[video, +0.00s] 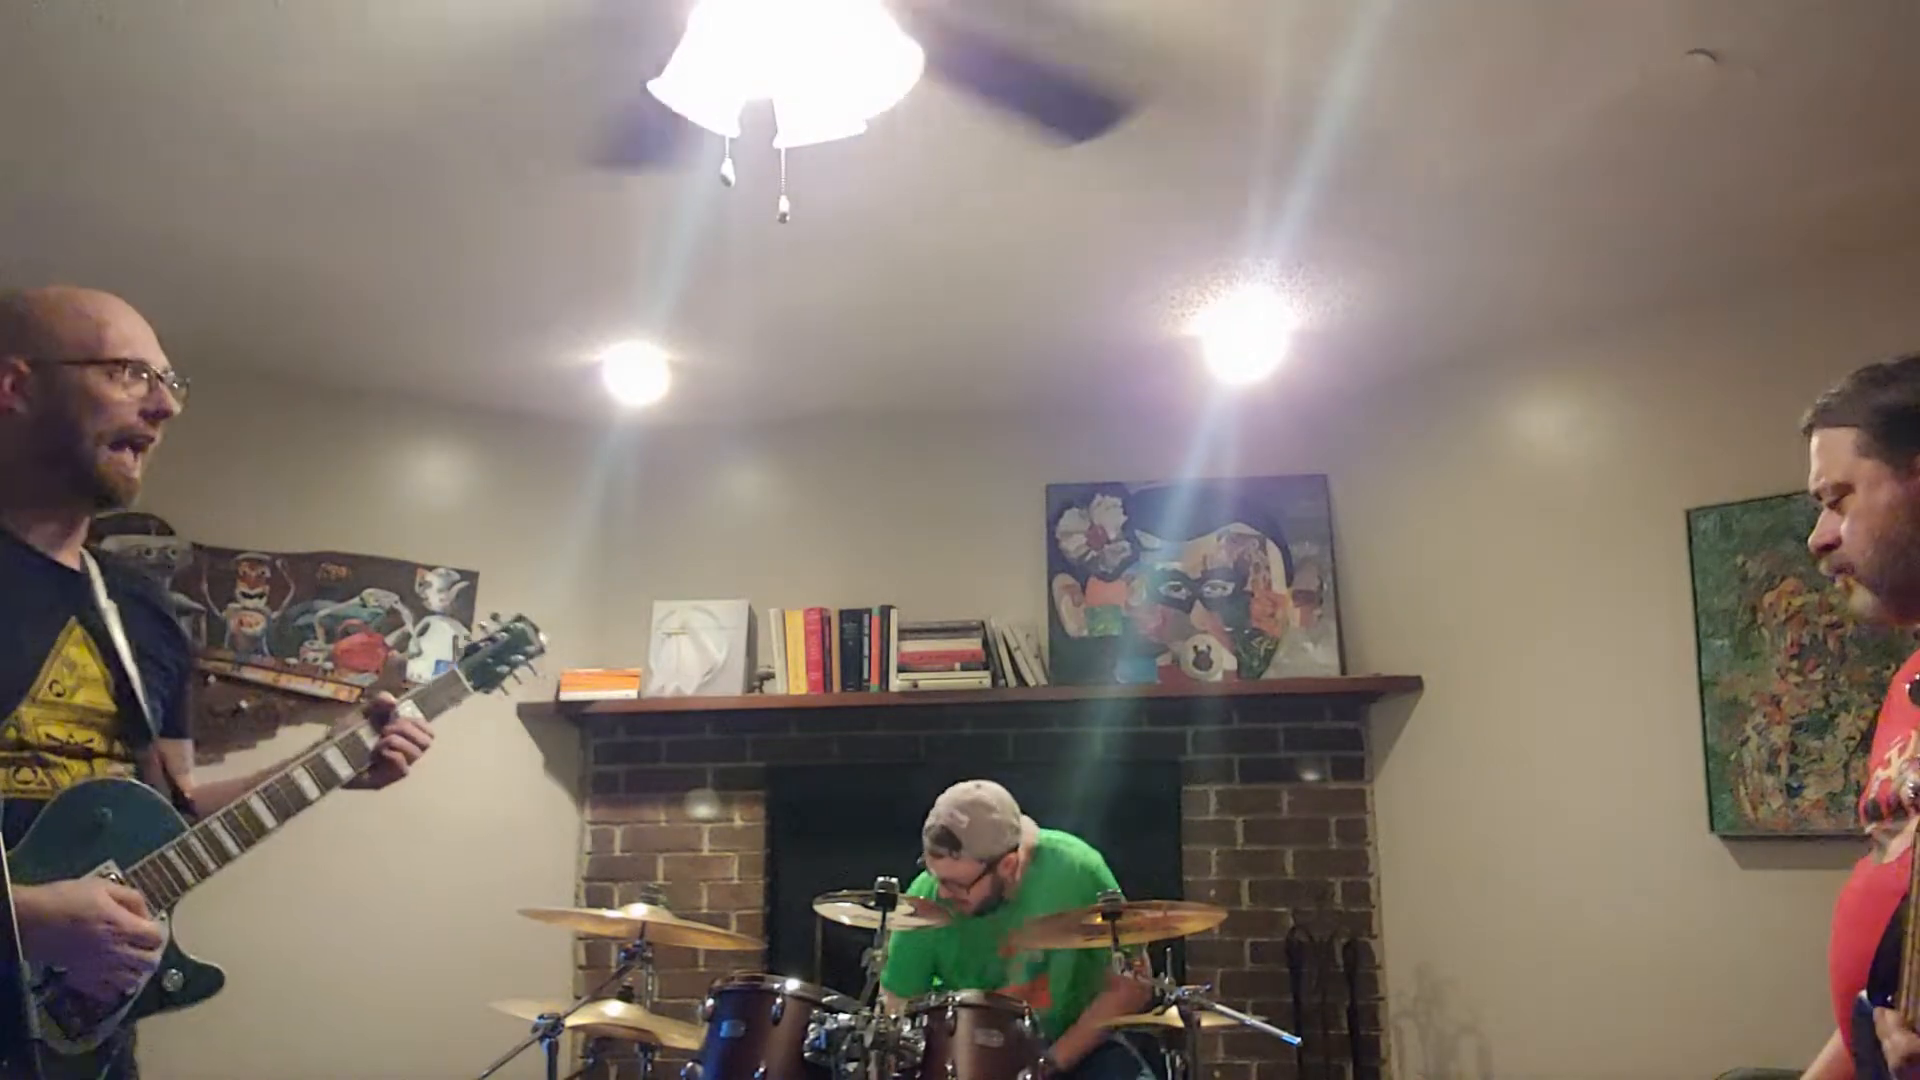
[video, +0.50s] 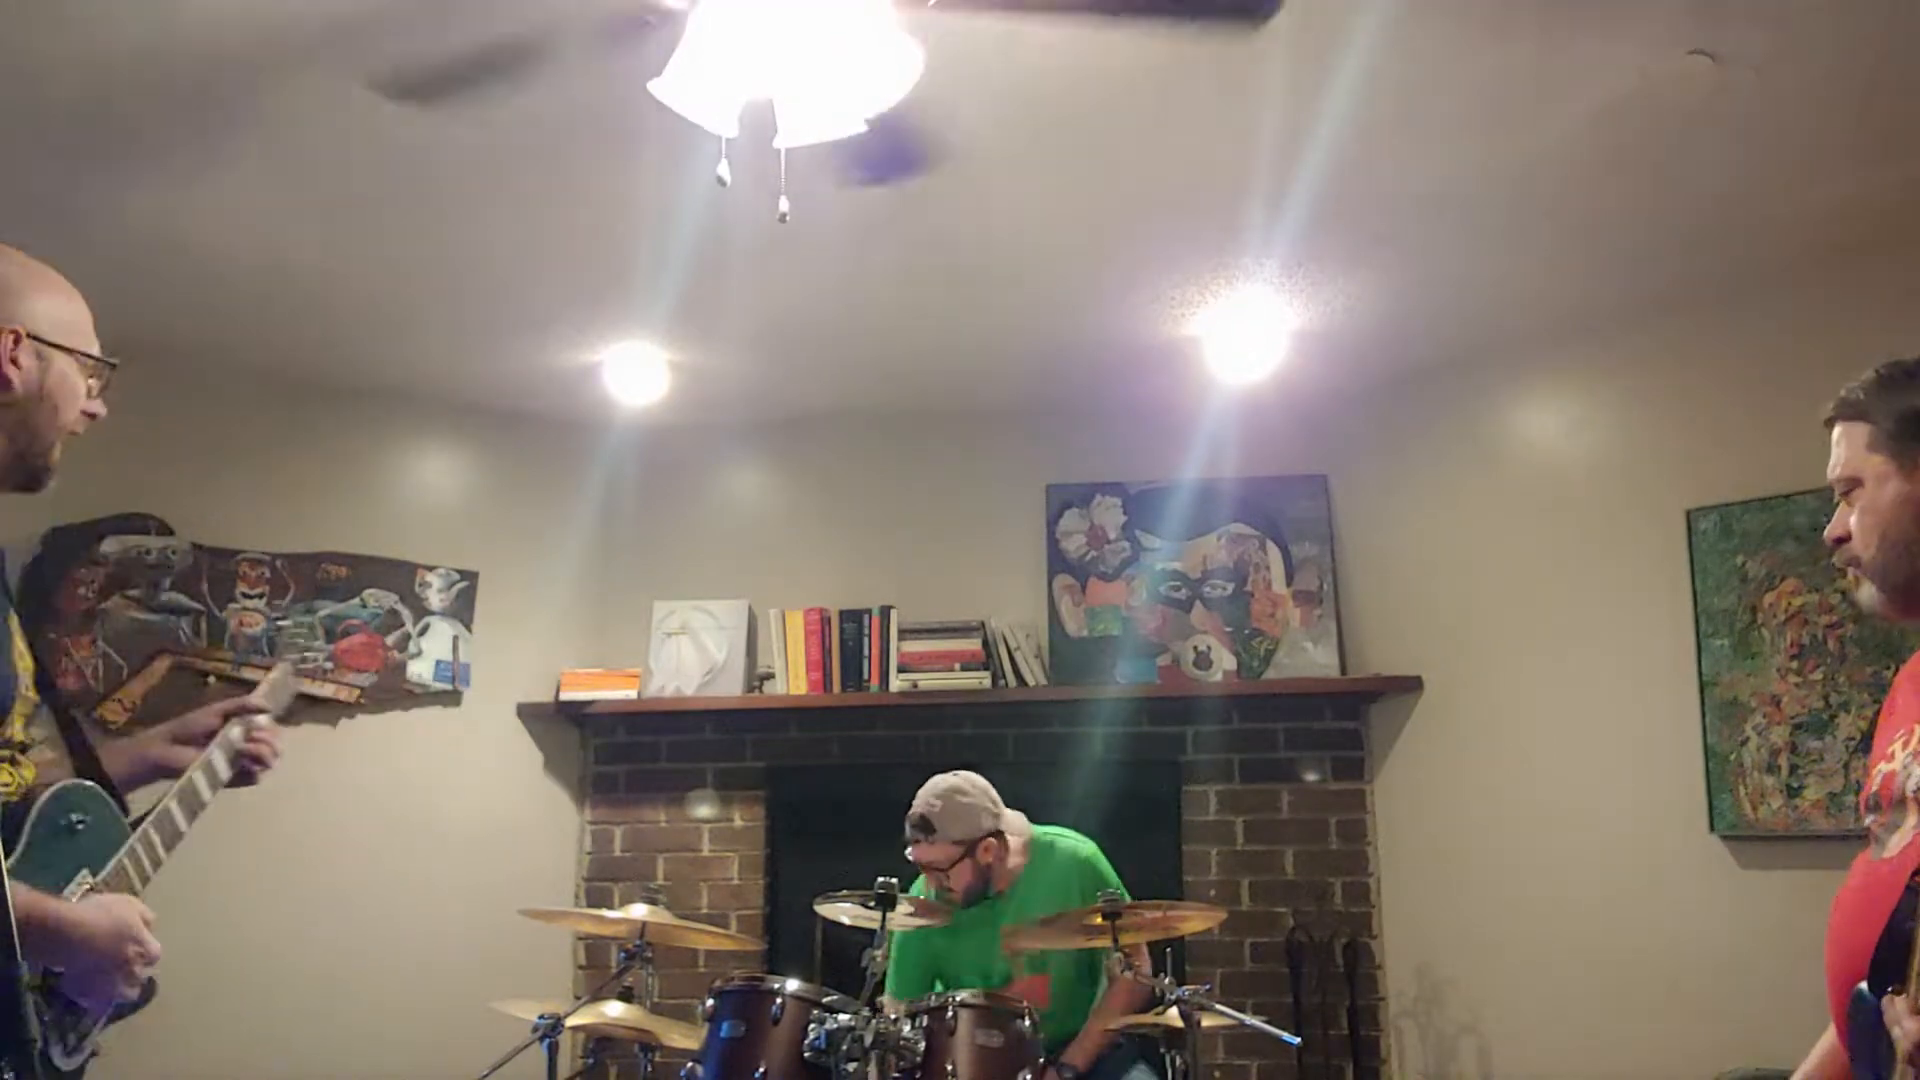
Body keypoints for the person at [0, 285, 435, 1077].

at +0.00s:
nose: (166, 404)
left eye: (166, 381)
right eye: (128, 372)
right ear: (16, 385)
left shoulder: (142, 618)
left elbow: (176, 793)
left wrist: (336, 758)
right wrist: (26, 920)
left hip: (89, 1037)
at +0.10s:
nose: (156, 398)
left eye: (153, 374)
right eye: (124, 363)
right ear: (11, 373)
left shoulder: (95, 600)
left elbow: (135, 790)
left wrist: (311, 750)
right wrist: (25, 914)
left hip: (58, 1033)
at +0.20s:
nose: (147, 394)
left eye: (138, 366)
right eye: (117, 359)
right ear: (12, 364)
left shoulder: (69, 597)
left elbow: (114, 789)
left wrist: (289, 738)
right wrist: (37, 922)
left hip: (45, 1033)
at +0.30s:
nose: (131, 398)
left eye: (124, 368)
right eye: (110, 363)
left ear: (21, 361)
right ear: (15, 360)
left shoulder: (32, 578)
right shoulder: (16, 576)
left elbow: (87, 791)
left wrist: (244, 742)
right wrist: (44, 923)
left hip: (50, 1037)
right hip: (6, 1036)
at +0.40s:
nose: (113, 404)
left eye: (111, 374)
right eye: (100, 368)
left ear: (19, 361)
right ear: (17, 359)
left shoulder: (19, 589)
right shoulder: (16, 590)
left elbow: (49, 789)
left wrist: (207, 743)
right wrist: (49, 923)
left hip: (37, 1025)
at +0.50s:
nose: (97, 410)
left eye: (99, 381)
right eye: (91, 373)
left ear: (16, 357)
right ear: (15, 356)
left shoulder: (8, 590)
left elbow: (24, 775)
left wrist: (161, 750)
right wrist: (56, 931)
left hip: (28, 1026)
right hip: (8, 1034)